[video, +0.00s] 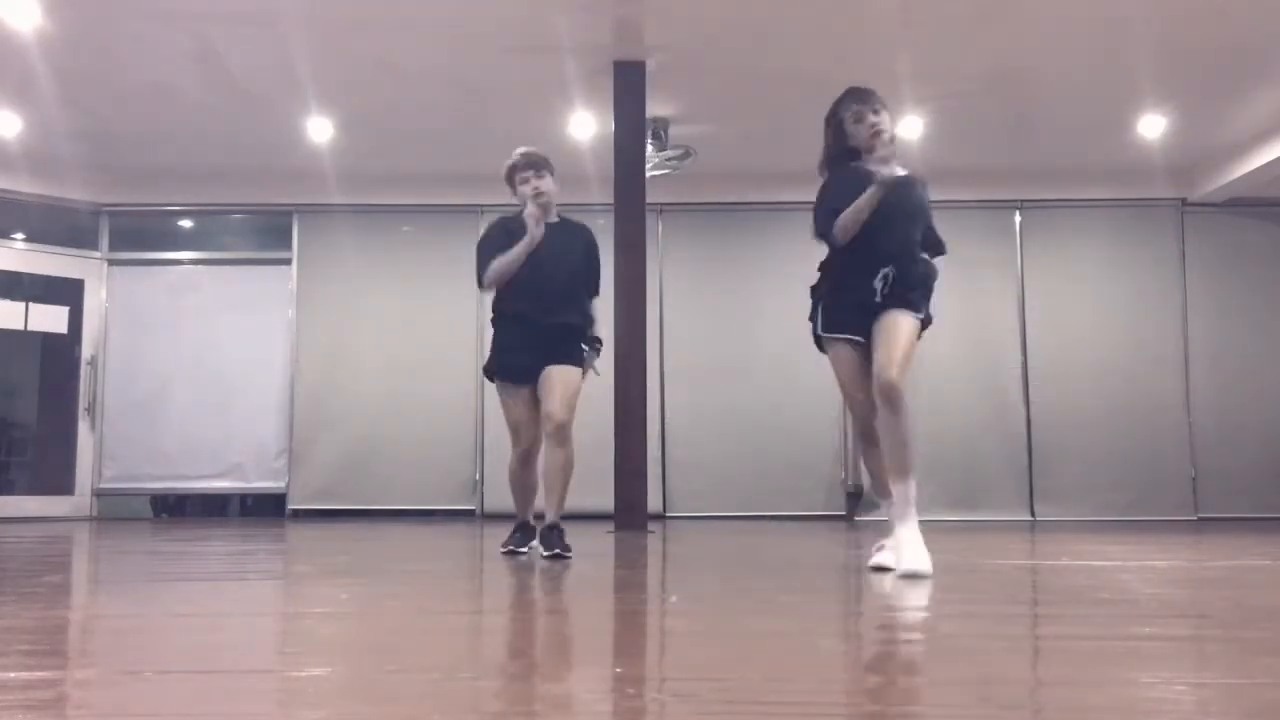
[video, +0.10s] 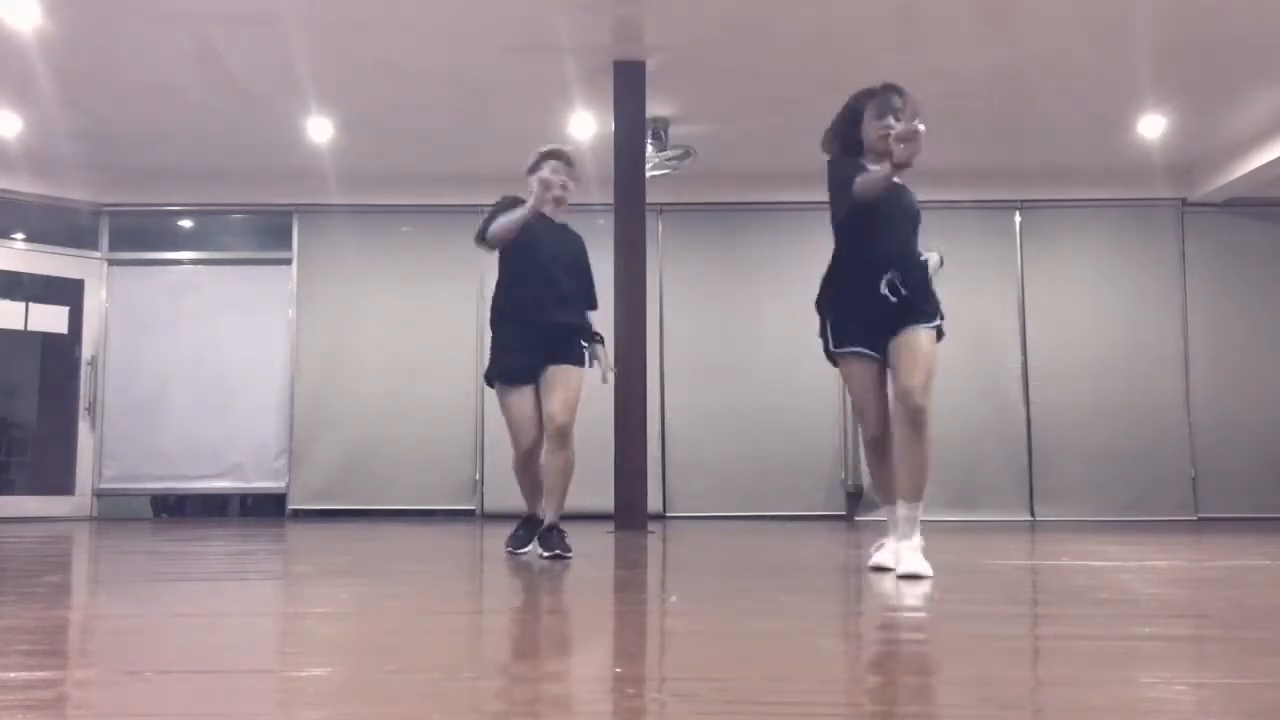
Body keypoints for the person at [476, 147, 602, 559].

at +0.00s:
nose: (533, 185)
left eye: (539, 176)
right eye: (524, 181)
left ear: (554, 181)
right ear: (514, 190)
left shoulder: (579, 234)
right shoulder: (501, 230)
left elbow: (589, 295)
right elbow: (488, 278)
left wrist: (590, 338)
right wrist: (529, 238)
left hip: (565, 341)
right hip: (514, 341)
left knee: (558, 423)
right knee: (524, 446)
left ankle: (552, 525)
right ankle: (524, 524)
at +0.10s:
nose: (556, 180)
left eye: (563, 175)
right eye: (548, 172)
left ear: (571, 188)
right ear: (531, 179)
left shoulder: (571, 239)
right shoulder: (510, 212)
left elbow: (579, 302)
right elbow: (492, 235)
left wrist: (595, 338)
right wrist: (530, 208)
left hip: (565, 340)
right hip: (515, 339)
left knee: (559, 425)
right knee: (526, 445)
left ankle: (552, 526)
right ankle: (533, 516)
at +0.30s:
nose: (561, 192)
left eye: (569, 190)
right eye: (558, 181)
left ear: (571, 200)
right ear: (537, 179)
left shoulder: (571, 245)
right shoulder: (502, 225)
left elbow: (591, 292)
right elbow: (501, 204)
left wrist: (587, 308)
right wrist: (529, 174)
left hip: (558, 341)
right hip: (506, 338)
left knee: (552, 429)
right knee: (514, 417)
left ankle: (550, 527)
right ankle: (520, 482)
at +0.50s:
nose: (528, 146)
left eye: (537, 140)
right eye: (520, 139)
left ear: (549, 152)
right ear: (506, 147)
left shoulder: (562, 209)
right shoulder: (481, 196)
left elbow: (576, 266)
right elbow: (458, 252)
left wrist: (561, 291)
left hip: (543, 320)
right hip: (491, 318)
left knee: (556, 420)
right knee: (458, 414)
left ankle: (582, 519)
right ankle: (423, 507)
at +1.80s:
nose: (524, 199)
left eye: (530, 193)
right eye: (520, 186)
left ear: (528, 201)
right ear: (493, 177)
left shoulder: (524, 239)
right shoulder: (453, 220)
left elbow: (564, 276)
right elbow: (440, 283)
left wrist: (547, 227)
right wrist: (479, 330)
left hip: (533, 343)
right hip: (480, 345)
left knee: (559, 433)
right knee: (451, 441)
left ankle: (589, 527)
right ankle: (417, 531)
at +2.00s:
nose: (470, 176)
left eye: (470, 165)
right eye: (457, 178)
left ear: (483, 164)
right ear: (449, 195)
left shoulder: (523, 212)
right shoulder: (450, 227)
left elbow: (564, 220)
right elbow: (431, 287)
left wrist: (512, 204)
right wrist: (449, 328)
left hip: (529, 342)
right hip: (473, 347)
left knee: (554, 434)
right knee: (445, 439)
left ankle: (588, 527)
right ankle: (417, 531)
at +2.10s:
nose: (446, 172)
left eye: (453, 164)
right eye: (436, 171)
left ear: (470, 170)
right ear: (430, 188)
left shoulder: (496, 192)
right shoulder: (440, 241)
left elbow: (514, 230)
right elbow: (438, 300)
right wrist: (447, 321)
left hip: (528, 331)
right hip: (475, 339)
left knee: (557, 432)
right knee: (447, 431)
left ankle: (589, 526)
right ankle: (426, 530)